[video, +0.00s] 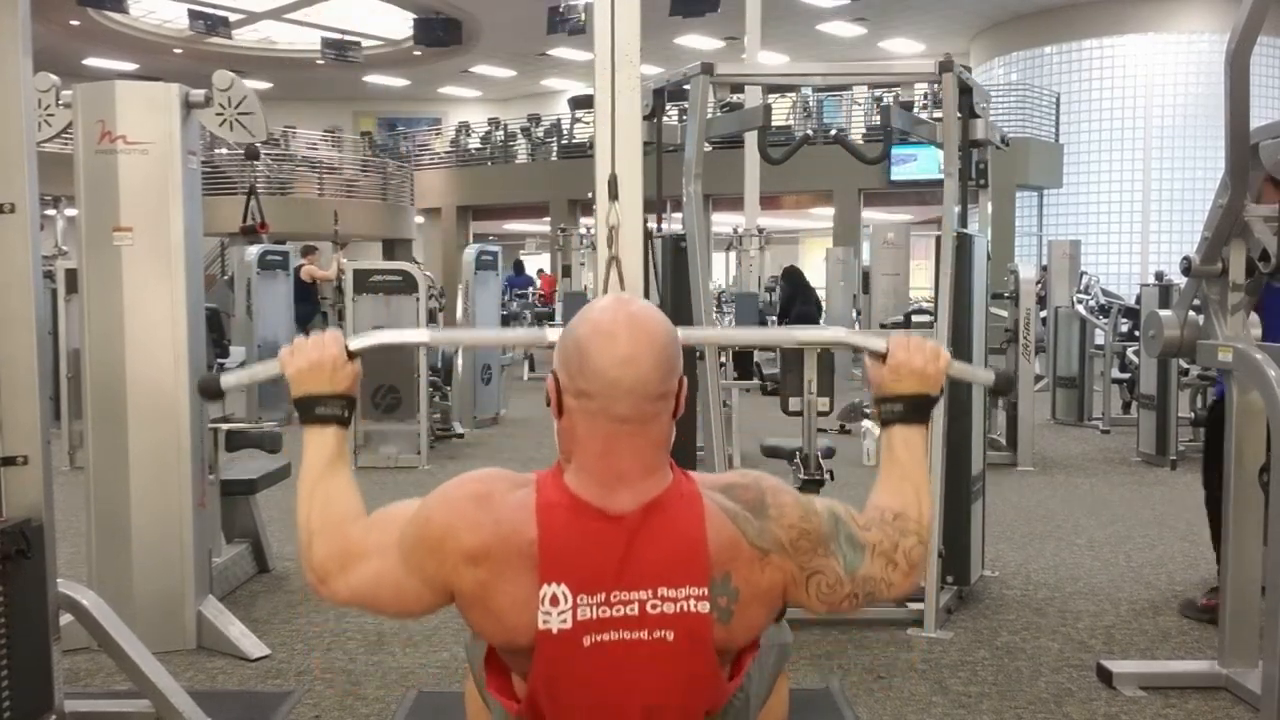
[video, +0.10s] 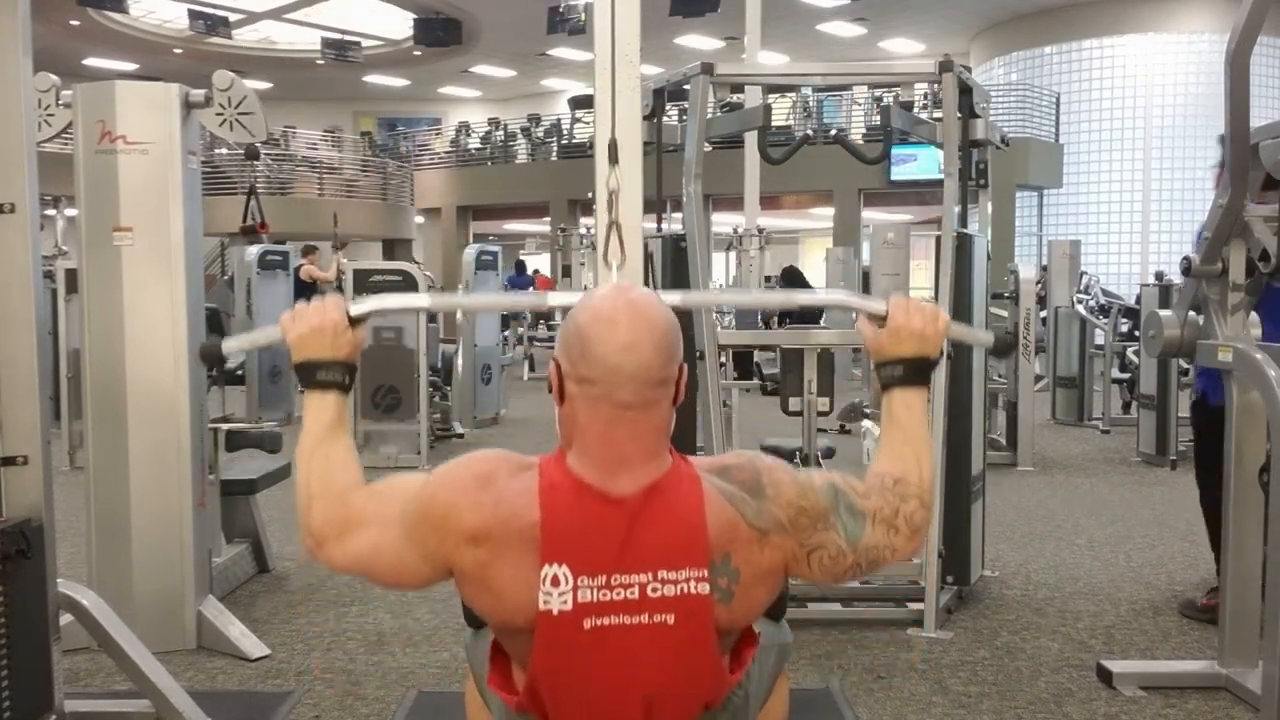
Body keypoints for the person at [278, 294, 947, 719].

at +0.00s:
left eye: (557, 369)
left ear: (555, 395)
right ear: (679, 397)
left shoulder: (479, 519)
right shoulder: (753, 519)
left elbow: (335, 565)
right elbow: (896, 561)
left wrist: (321, 412)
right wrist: (907, 413)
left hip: (532, 712)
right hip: (698, 710)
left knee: (484, 650)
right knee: (799, 674)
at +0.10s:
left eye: (559, 362)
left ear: (557, 383)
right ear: (679, 384)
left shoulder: (479, 502)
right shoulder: (754, 501)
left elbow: (333, 532)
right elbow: (897, 527)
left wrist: (323, 378)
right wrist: (909, 375)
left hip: (534, 707)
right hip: (707, 706)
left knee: (484, 628)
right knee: (772, 638)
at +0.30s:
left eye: (561, 332)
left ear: (558, 354)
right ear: (677, 355)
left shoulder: (486, 460)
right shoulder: (748, 459)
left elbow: (332, 450)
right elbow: (897, 438)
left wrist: (326, 302)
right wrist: (907, 298)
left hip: (547, 701)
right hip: (700, 699)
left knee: (488, 605)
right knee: (769, 638)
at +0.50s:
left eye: (560, 303)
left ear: (559, 325)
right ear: (674, 325)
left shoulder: (490, 417)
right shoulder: (749, 416)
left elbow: (340, 375)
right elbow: (888, 364)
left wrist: (329, 224)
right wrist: (902, 216)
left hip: (546, 695)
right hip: (708, 692)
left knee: (484, 662)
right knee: (771, 648)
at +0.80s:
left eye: (566, 277)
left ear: (566, 299)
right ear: (673, 297)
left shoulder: (506, 370)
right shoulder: (737, 372)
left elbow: (373, 283)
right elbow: (860, 280)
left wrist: (343, 133)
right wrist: (890, 133)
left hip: (553, 690)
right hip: (700, 688)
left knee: (488, 658)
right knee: (767, 650)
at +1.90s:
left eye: (566, 311)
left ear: (569, 331)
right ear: (684, 330)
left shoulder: (503, 411)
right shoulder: (754, 411)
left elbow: (360, 351)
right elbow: (888, 355)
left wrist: (333, 199)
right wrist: (908, 207)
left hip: (552, 691)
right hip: (710, 688)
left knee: (486, 660)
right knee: (770, 642)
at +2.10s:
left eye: (567, 344)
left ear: (566, 368)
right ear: (686, 369)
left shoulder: (495, 473)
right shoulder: (756, 474)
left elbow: (340, 452)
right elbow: (901, 465)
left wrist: (327, 305)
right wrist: (914, 319)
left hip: (546, 696)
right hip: (708, 694)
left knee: (492, 615)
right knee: (770, 639)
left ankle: (480, 708)